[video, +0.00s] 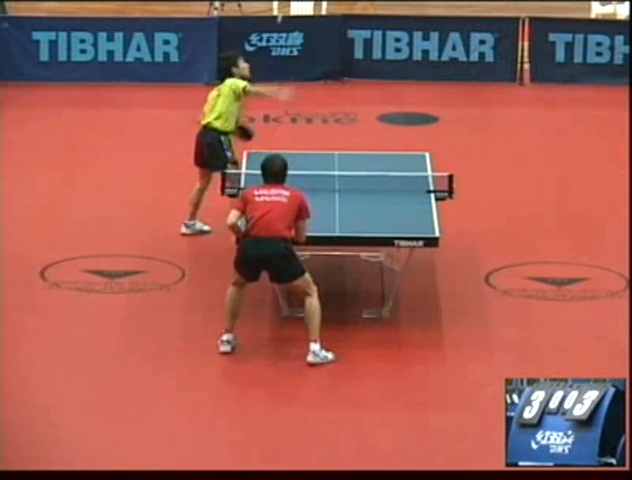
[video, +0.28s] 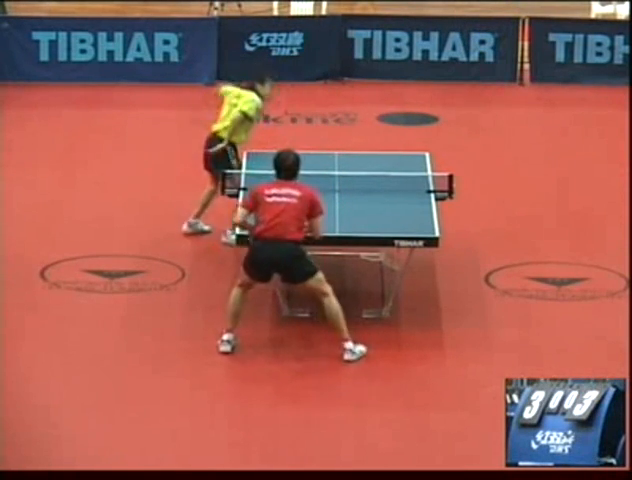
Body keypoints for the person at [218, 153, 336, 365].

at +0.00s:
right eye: (283, 171)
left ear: (263, 174)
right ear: (285, 175)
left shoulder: (249, 194)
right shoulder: (296, 197)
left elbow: (231, 221)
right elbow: (300, 238)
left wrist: (243, 236)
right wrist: (280, 233)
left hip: (250, 245)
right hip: (279, 246)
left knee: (237, 284)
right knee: (310, 292)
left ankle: (228, 336)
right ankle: (315, 347)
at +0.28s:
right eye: (295, 167)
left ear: (275, 169)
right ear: (298, 170)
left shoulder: (260, 191)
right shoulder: (307, 194)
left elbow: (239, 219)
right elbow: (316, 233)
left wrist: (256, 228)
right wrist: (296, 232)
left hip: (261, 246)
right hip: (291, 249)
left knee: (242, 286)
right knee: (325, 293)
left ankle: (228, 336)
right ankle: (348, 344)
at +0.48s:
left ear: (290, 168)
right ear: (312, 169)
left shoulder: (276, 190)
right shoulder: (324, 193)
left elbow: (259, 221)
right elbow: (339, 232)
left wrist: (272, 227)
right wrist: (324, 228)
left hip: (277, 245)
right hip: (307, 247)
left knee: (247, 286)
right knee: (339, 290)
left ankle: (230, 337)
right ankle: (350, 345)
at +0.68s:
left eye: (309, 168)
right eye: (317, 169)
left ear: (301, 172)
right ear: (322, 174)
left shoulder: (285, 194)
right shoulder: (333, 198)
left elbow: (255, 213)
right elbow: (356, 228)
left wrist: (250, 214)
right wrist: (338, 220)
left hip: (288, 254)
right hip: (319, 256)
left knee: (249, 294)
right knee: (353, 282)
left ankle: (237, 345)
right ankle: (369, 331)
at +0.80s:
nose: (332, 176)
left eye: (328, 172)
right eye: (341, 173)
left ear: (323, 174)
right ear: (345, 176)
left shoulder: (310, 193)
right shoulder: (354, 201)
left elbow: (279, 201)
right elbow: (377, 225)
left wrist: (248, 203)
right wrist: (357, 214)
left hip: (304, 255)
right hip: (334, 257)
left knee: (262, 294)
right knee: (367, 285)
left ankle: (238, 345)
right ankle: (398, 324)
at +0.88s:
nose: (347, 180)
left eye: (343, 176)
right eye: (356, 176)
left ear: (340, 179)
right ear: (362, 180)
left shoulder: (331, 197)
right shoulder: (373, 206)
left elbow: (300, 202)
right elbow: (395, 224)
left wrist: (268, 205)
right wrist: (382, 215)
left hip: (322, 256)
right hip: (351, 260)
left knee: (279, 298)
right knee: (378, 285)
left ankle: (243, 344)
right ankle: (404, 327)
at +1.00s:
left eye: (363, 184)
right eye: (382, 183)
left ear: (361, 185)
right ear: (383, 188)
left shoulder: (356, 200)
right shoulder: (391, 215)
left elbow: (337, 211)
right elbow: (401, 217)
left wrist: (303, 219)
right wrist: (399, 200)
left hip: (339, 256)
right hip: (367, 261)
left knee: (293, 298)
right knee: (388, 280)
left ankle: (262, 344)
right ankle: (405, 326)